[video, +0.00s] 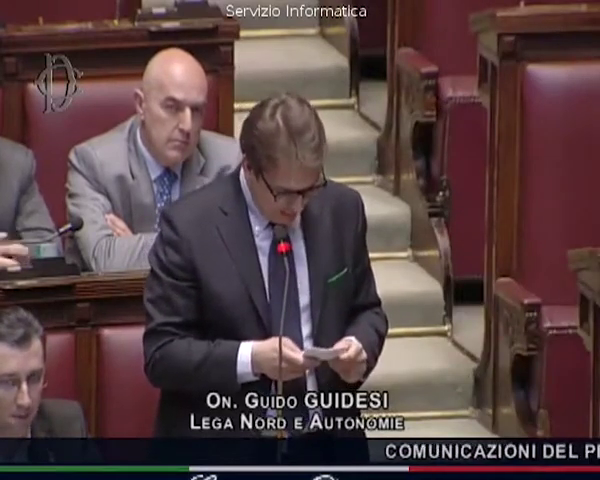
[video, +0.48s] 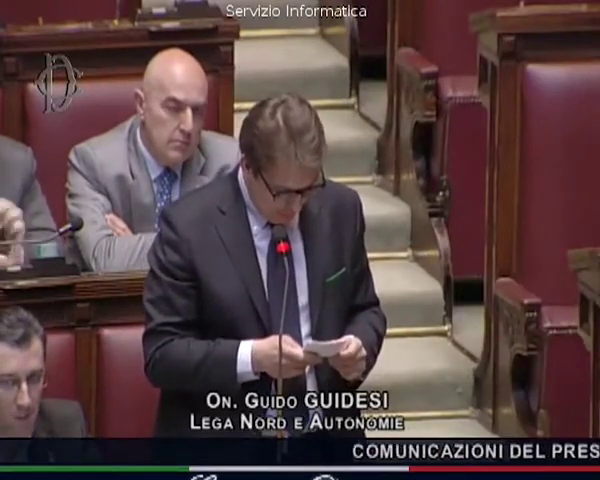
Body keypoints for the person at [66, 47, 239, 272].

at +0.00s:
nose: (187, 126)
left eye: (196, 110)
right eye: (172, 107)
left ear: (205, 109)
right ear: (140, 104)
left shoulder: (231, 157)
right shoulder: (91, 161)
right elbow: (105, 259)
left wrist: (138, 250)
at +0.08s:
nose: (187, 126)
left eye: (196, 110)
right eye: (172, 107)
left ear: (204, 108)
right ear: (140, 104)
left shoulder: (231, 156)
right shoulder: (91, 161)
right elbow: (105, 259)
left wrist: (138, 250)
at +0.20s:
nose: (187, 126)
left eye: (196, 110)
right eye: (172, 107)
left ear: (204, 109)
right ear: (140, 105)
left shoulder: (231, 156)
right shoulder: (91, 161)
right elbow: (105, 259)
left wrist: (138, 250)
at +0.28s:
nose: (187, 126)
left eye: (196, 110)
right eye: (172, 107)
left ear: (204, 108)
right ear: (140, 104)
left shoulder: (231, 157)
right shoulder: (91, 161)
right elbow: (105, 259)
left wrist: (138, 250)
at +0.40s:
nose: (187, 126)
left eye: (197, 110)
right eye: (172, 107)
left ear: (204, 108)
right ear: (140, 104)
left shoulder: (231, 157)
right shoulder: (91, 161)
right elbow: (105, 259)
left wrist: (137, 251)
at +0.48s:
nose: (188, 126)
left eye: (197, 110)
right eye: (173, 108)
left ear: (205, 108)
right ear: (141, 104)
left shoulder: (231, 157)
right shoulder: (91, 161)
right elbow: (105, 259)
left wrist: (137, 251)